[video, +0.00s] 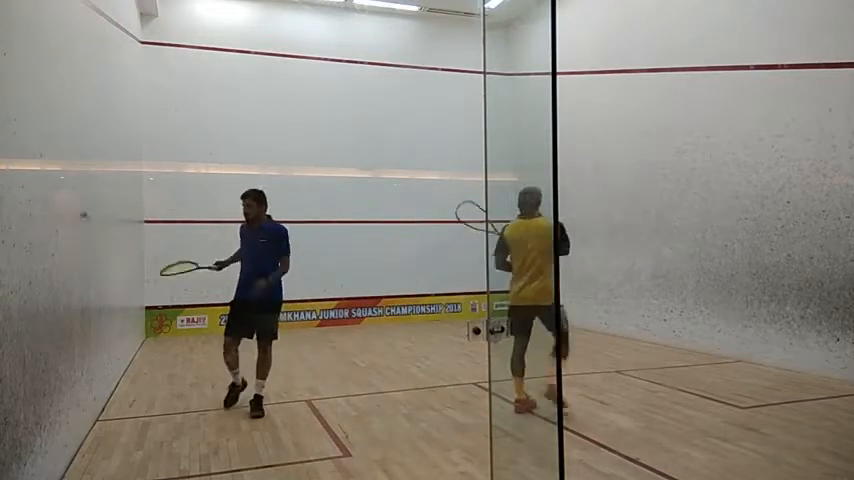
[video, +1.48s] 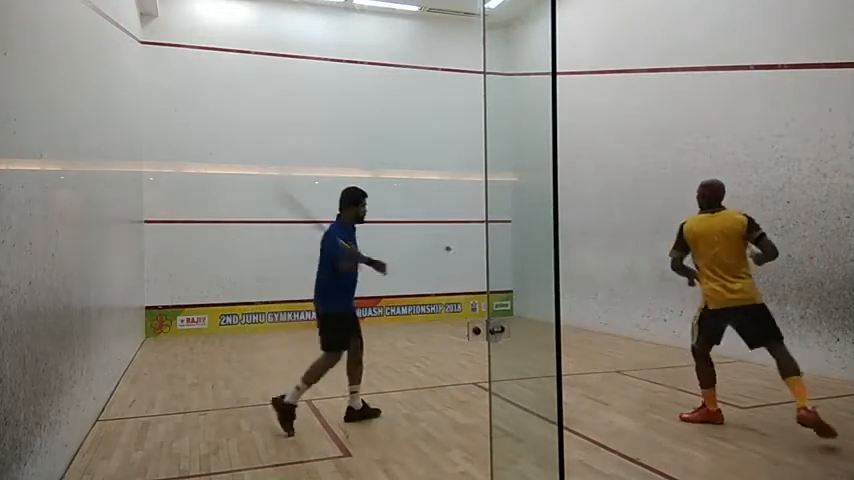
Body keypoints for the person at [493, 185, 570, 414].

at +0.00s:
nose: (531, 207)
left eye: (524, 203)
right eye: (537, 204)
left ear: (519, 204)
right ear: (539, 205)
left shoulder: (509, 230)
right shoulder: (552, 227)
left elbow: (499, 262)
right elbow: (564, 249)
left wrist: (520, 267)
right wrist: (542, 253)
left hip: (520, 299)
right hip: (546, 297)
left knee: (519, 345)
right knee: (562, 335)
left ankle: (520, 396)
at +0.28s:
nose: (561, 208)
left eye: (563, 204)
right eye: (562, 204)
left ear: (568, 206)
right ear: (581, 205)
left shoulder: (566, 230)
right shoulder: (589, 225)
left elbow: (549, 257)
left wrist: (558, 229)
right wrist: (559, 227)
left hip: (568, 299)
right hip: (591, 297)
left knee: (550, 342)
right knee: (597, 343)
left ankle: (539, 395)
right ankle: (610, 395)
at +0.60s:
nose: (598, 206)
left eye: (600, 202)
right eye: (598, 203)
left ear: (607, 203)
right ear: (616, 202)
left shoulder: (616, 224)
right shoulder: (609, 222)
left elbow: (599, 255)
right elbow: (583, 234)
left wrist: (586, 261)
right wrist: (567, 226)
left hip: (615, 293)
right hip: (609, 292)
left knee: (613, 342)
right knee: (612, 342)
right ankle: (612, 395)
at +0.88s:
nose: (628, 206)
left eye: (632, 202)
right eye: (629, 202)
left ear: (641, 205)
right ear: (648, 206)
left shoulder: (653, 228)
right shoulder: (650, 229)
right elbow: (655, 265)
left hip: (664, 304)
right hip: (651, 304)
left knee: (677, 353)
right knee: (638, 343)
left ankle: (709, 406)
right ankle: (622, 391)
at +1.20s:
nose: (664, 197)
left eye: (667, 194)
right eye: (666, 192)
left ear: (672, 197)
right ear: (688, 198)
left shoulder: (664, 224)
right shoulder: (706, 221)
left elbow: (655, 258)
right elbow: (732, 252)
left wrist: (661, 285)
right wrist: (713, 271)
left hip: (685, 300)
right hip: (710, 297)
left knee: (695, 353)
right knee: (709, 344)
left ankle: (711, 408)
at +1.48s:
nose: (696, 199)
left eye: (698, 196)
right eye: (699, 195)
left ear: (700, 199)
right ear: (721, 199)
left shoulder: (689, 227)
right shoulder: (741, 220)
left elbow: (675, 263)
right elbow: (771, 252)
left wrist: (691, 275)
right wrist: (753, 260)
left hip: (714, 303)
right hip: (748, 300)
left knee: (700, 351)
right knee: (778, 349)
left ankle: (710, 409)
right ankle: (804, 408)